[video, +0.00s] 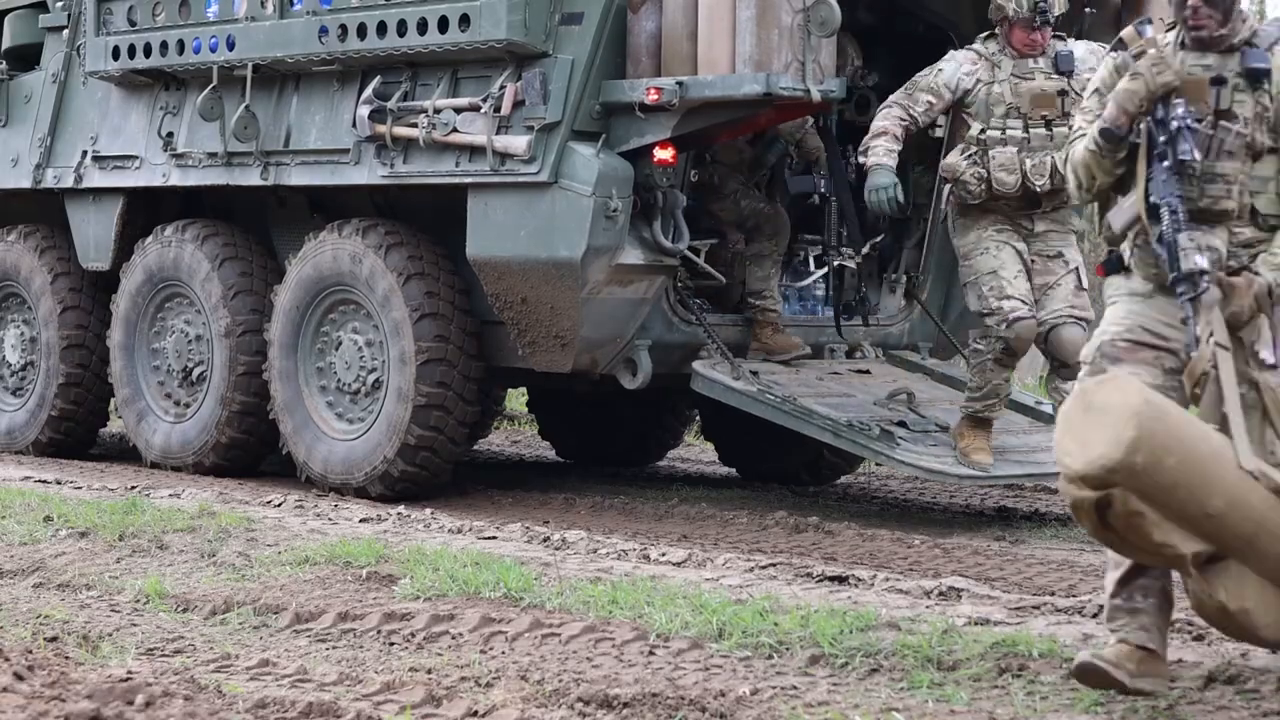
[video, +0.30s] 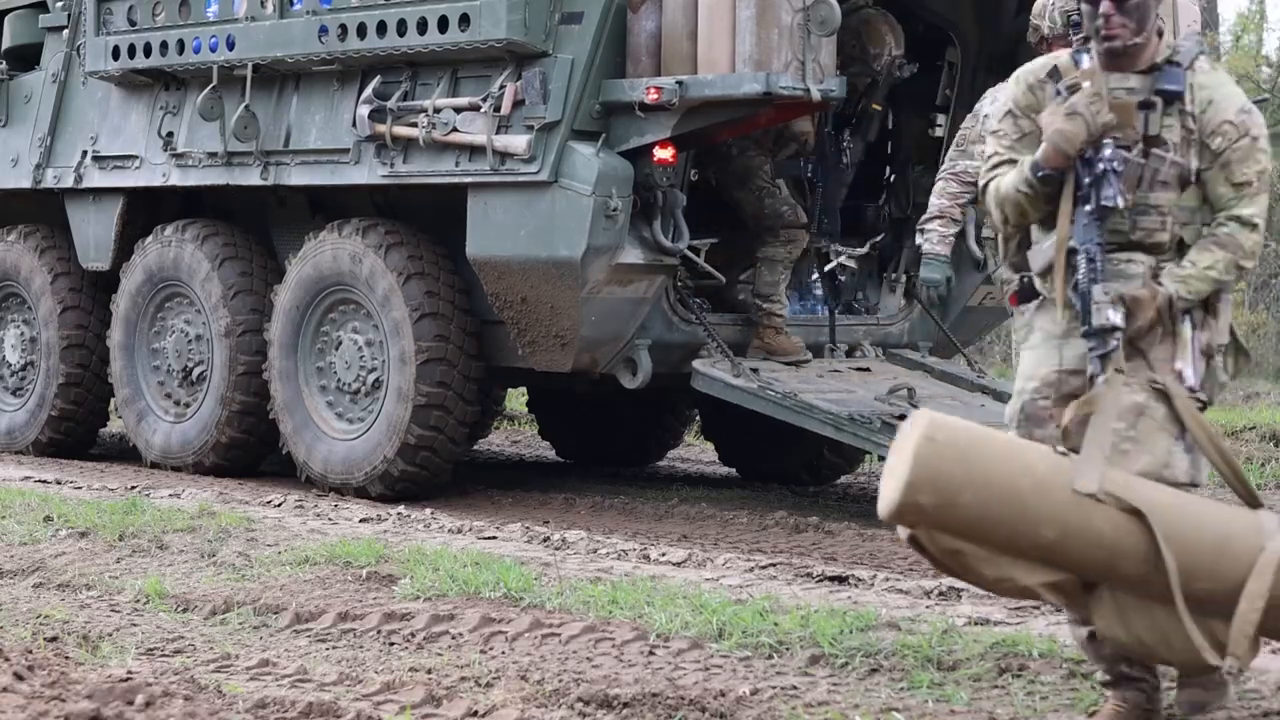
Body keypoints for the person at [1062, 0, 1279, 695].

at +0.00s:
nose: (1200, 7)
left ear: (1242, 4)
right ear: (1171, 3)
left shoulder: (1269, 59)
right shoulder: (1132, 62)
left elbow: (1276, 193)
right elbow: (1082, 185)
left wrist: (1265, 277)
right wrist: (1122, 116)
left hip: (1253, 284)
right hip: (1151, 286)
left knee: (1258, 459)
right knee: (1126, 443)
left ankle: (1266, 627)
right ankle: (1138, 642)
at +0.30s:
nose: (1111, 12)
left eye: (1129, 1)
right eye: (1100, 2)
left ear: (1163, 9)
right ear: (1085, 11)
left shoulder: (1212, 100)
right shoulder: (1039, 88)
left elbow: (1245, 223)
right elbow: (1002, 212)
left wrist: (1169, 293)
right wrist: (1049, 160)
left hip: (1163, 329)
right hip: (1059, 327)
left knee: (1163, 500)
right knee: (1066, 506)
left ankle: (1199, 678)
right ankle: (1125, 681)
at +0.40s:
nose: (1092, 9)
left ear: (1141, 5)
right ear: (1063, 6)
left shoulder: (1189, 100)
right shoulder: (1008, 76)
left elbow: (1214, 229)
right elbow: (966, 202)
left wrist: (1129, 287)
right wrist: (1027, 163)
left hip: (1131, 332)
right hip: (1031, 327)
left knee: (1114, 501)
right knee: (1041, 503)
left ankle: (1112, 679)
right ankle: (1107, 673)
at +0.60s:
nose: (1030, 28)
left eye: (1049, 14)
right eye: (1017, 14)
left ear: (1085, 16)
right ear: (1001, 18)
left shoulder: (1126, 119)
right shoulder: (954, 87)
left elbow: (1146, 255)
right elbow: (880, 202)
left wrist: (1041, 292)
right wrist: (929, 174)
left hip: (1057, 371)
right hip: (944, 363)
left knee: (1041, 546)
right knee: (964, 542)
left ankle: (1065, 703)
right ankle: (1019, 700)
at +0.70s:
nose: (979, 40)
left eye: (996, 22)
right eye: (964, 26)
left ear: (1037, 20)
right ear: (950, 29)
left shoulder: (1087, 133)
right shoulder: (912, 101)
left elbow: (1095, 266)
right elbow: (844, 200)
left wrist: (984, 285)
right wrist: (871, 215)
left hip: (1013, 388)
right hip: (901, 379)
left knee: (1003, 573)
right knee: (932, 568)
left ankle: (1011, 706)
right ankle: (1002, 701)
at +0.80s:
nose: (908, 35)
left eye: (926, 19)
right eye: (896, 21)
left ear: (976, 12)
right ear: (885, 23)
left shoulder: (1029, 121)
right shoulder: (861, 95)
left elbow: (1048, 260)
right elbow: (809, 190)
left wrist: (914, 279)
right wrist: (819, 246)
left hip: (966, 395)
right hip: (844, 381)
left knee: (959, 611)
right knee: (782, 562)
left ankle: (985, 706)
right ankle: (832, 703)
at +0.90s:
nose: (830, 26)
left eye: (848, 11)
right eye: (818, 12)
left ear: (898, 5)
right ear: (808, 13)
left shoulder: (959, 98)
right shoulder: (792, 90)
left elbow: (975, 248)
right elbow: (753, 206)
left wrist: (849, 264)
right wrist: (749, 244)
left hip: (908, 379)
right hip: (788, 368)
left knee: (914, 573)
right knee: (711, 550)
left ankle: (978, 702)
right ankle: (680, 710)